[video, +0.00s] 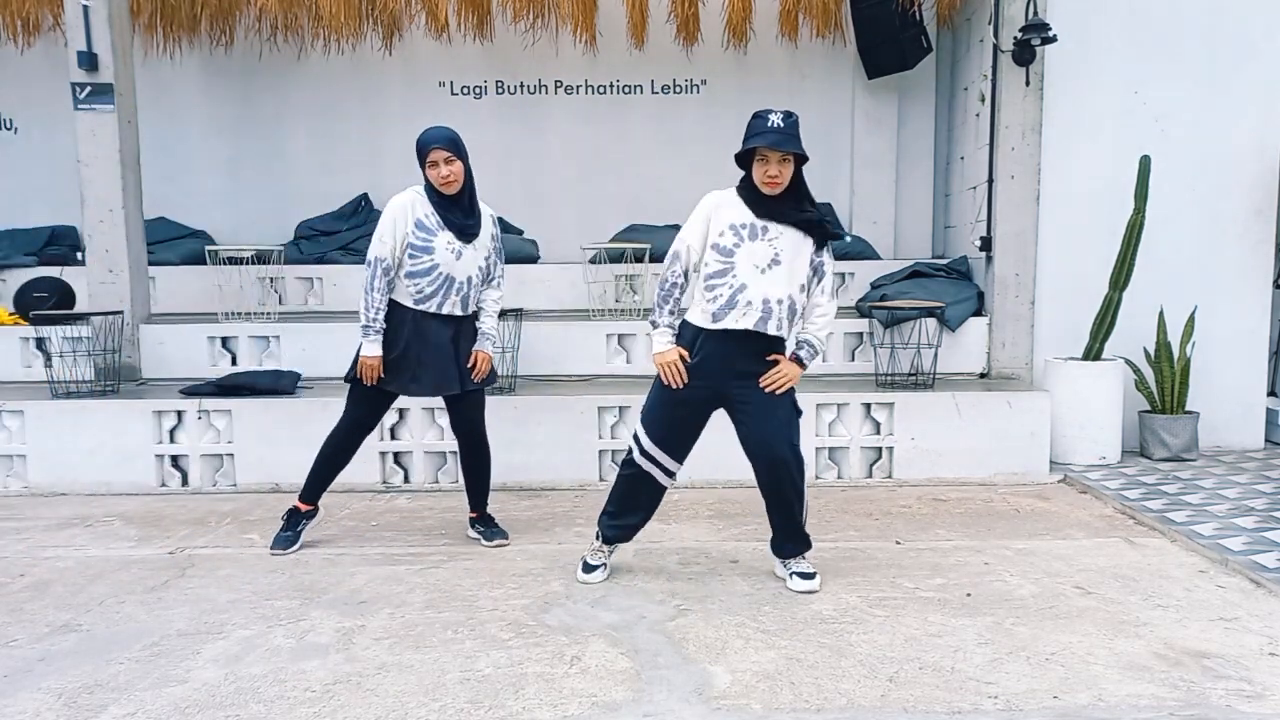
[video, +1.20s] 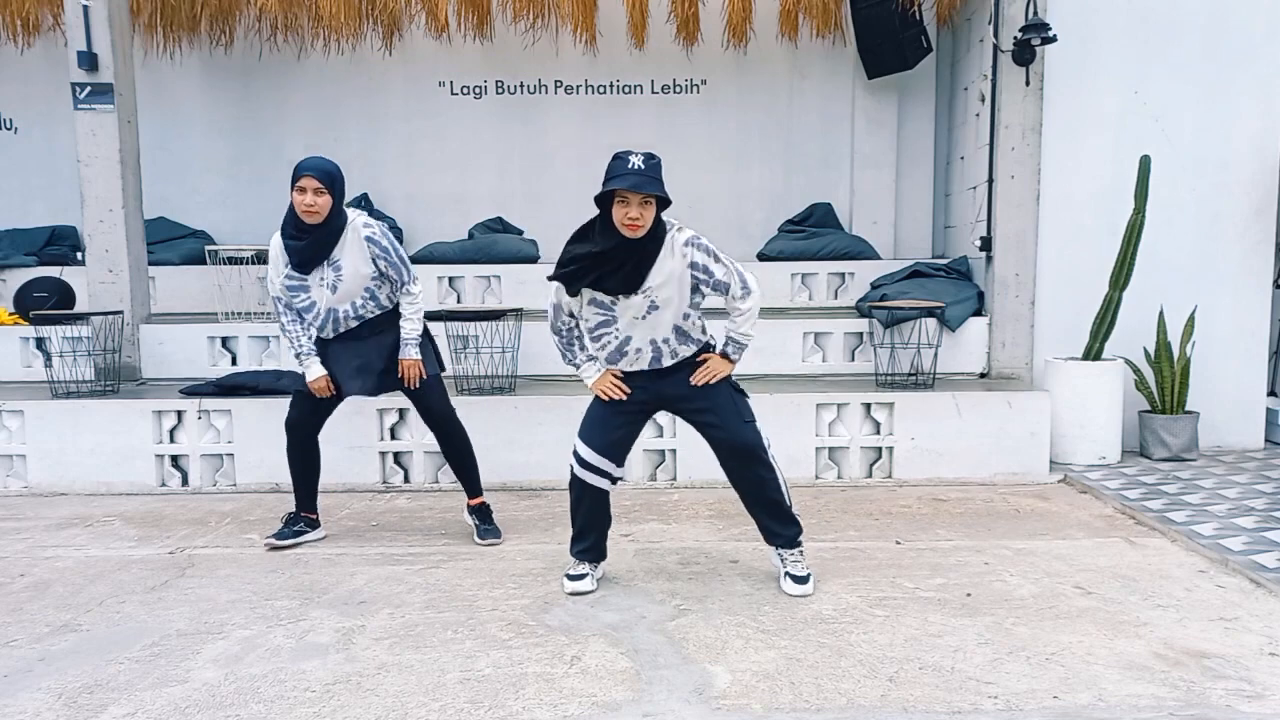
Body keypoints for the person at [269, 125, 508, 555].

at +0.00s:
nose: (444, 172)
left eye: (451, 161)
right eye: (434, 165)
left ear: (466, 162)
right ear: (423, 170)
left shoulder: (486, 219)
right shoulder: (405, 207)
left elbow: (493, 285)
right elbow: (377, 274)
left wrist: (486, 339)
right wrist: (371, 342)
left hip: (459, 335)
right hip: (404, 331)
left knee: (472, 430)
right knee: (354, 425)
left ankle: (480, 516)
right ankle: (302, 510)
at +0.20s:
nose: (414, 188)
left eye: (420, 177)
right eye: (403, 181)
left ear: (437, 177)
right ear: (396, 188)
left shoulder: (472, 228)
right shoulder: (384, 231)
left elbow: (481, 292)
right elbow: (364, 300)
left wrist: (472, 347)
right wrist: (364, 361)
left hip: (447, 337)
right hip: (387, 332)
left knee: (472, 420)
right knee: (335, 414)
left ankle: (480, 515)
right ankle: (303, 507)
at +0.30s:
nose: (386, 208)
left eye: (394, 199)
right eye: (376, 201)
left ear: (411, 200)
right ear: (369, 208)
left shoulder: (448, 244)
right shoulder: (361, 256)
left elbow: (468, 307)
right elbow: (353, 328)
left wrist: (461, 363)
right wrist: (359, 386)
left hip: (437, 349)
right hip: (378, 346)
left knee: (473, 418)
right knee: (325, 421)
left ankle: (481, 515)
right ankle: (306, 515)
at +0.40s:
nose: (355, 213)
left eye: (364, 204)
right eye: (346, 205)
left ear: (380, 207)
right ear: (337, 213)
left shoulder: (416, 248)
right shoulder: (330, 267)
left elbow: (447, 311)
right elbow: (334, 341)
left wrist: (447, 369)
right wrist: (347, 396)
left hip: (424, 360)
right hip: (363, 360)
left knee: (467, 425)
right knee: (307, 433)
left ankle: (481, 516)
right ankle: (307, 519)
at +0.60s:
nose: (309, 181)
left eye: (318, 171)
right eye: (300, 172)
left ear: (333, 174)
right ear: (289, 177)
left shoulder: (363, 213)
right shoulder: (284, 233)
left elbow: (399, 280)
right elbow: (291, 307)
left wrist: (407, 344)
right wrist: (307, 359)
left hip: (384, 337)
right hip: (330, 348)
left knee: (440, 415)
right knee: (293, 429)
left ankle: (486, 509)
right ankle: (307, 519)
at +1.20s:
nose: (309, 200)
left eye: (319, 192)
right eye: (301, 191)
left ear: (335, 197)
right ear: (291, 195)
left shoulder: (366, 232)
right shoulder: (282, 246)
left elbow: (409, 287)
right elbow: (288, 315)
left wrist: (410, 346)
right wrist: (310, 364)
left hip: (391, 331)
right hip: (336, 343)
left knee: (439, 413)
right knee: (299, 421)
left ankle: (478, 506)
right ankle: (306, 517)